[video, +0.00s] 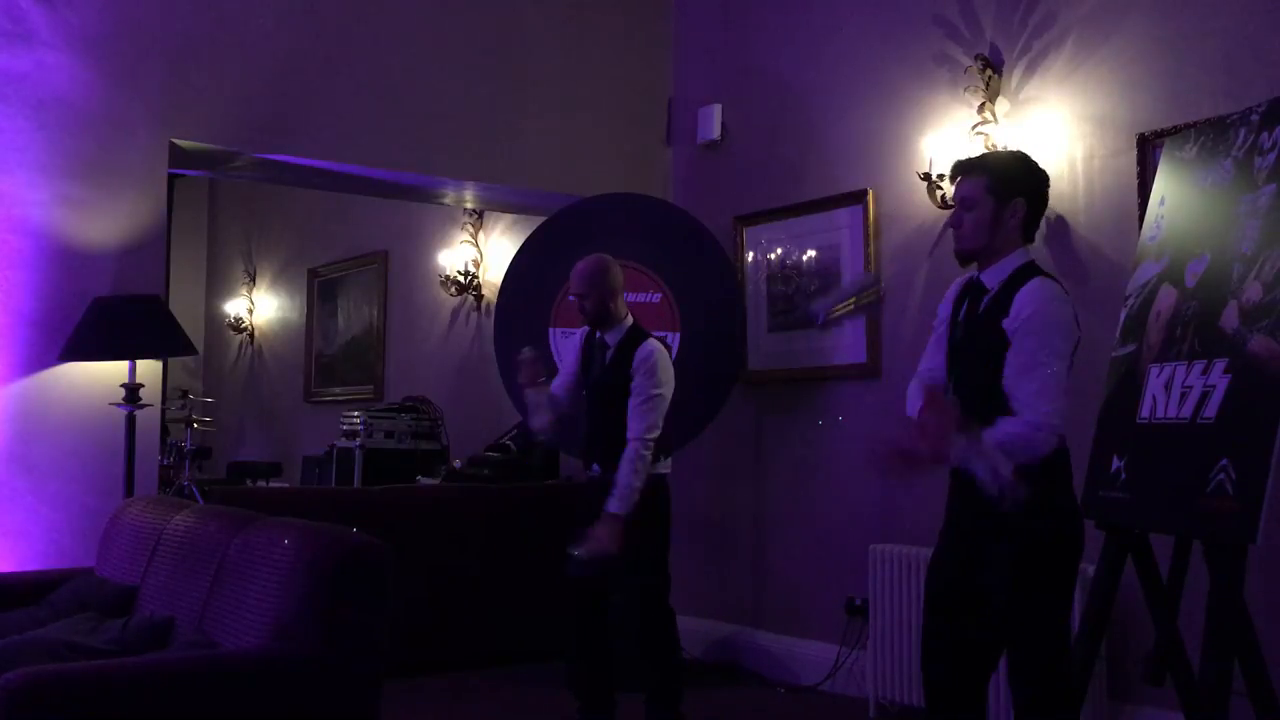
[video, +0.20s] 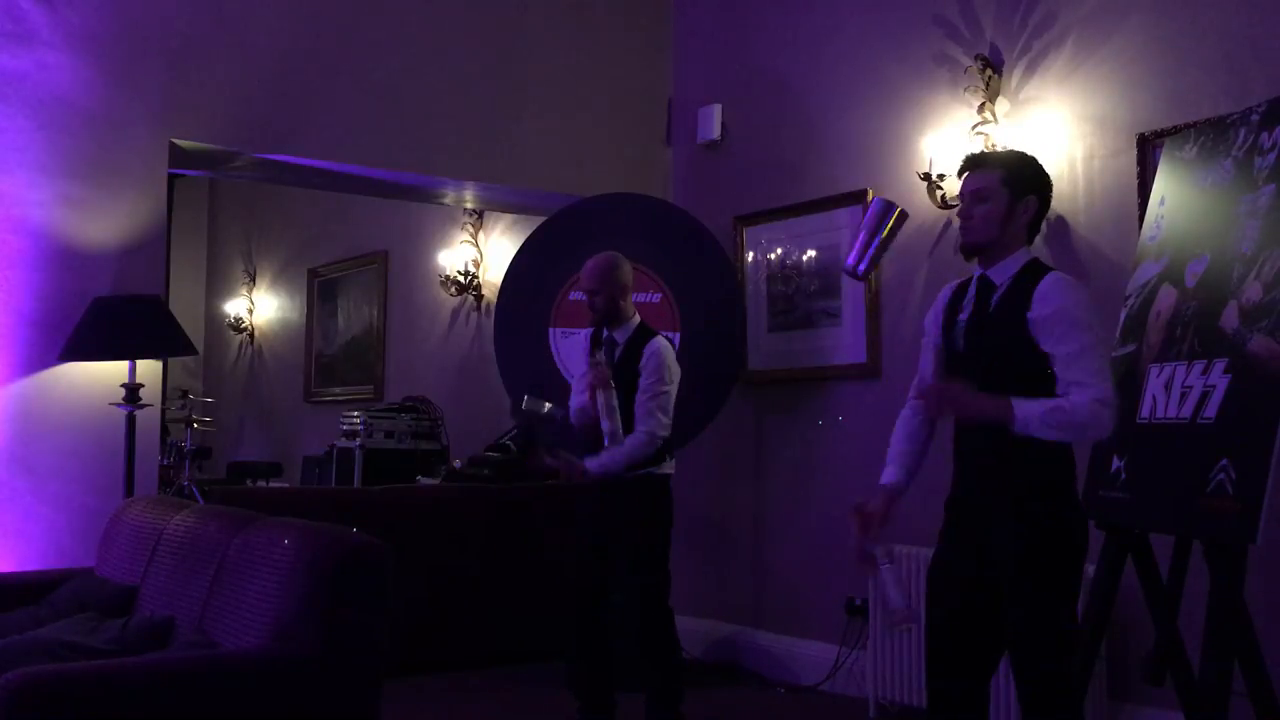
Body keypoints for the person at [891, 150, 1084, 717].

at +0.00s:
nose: (953, 218)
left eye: (968, 206)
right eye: (954, 205)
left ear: (1013, 215)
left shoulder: (1040, 300)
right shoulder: (960, 294)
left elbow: (1041, 428)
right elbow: (926, 381)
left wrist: (959, 444)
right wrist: (929, 420)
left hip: (1033, 503)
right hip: (973, 497)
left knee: (1038, 677)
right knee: (948, 667)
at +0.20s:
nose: (962, 210)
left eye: (979, 199)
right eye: (962, 199)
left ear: (1024, 210)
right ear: (959, 207)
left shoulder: (1057, 296)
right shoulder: (949, 303)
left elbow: (1097, 412)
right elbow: (923, 401)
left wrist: (993, 408)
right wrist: (888, 488)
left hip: (1041, 516)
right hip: (969, 513)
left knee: (1046, 689)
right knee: (953, 685)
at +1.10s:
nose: (926, 231)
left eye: (939, 219)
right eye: (927, 219)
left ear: (982, 225)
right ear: (974, 226)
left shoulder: (1006, 310)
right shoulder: (956, 287)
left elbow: (978, 436)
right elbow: (892, 289)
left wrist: (885, 489)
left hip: (1004, 509)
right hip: (961, 502)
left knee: (1009, 672)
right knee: (934, 659)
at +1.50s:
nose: (941, 215)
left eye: (958, 203)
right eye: (943, 204)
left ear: (1002, 219)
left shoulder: (1023, 299)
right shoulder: (950, 298)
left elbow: (1039, 412)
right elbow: (873, 336)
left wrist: (937, 388)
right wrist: (854, 271)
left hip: (995, 511)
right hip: (935, 505)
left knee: (996, 679)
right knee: (910, 671)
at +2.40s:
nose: (925, 234)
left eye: (942, 224)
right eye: (914, 224)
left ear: (963, 238)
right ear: (900, 239)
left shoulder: (958, 292)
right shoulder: (925, 302)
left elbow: (910, 391)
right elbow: (926, 405)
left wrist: (810, 439)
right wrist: (989, 431)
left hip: (929, 512)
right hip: (901, 507)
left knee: (907, 671)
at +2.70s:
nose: (925, 210)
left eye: (940, 201)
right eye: (912, 202)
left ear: (961, 221)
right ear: (895, 222)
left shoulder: (985, 293)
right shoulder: (880, 311)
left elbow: (974, 385)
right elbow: (855, 415)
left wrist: (873, 374)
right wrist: (823, 406)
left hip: (970, 507)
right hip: (902, 509)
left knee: (980, 680)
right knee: (893, 678)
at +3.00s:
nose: (924, 236)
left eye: (937, 223)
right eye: (909, 227)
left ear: (960, 237)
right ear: (893, 248)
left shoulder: (1003, 300)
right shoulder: (881, 341)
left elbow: (1063, 222)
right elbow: (878, 444)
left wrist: (997, 194)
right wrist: (877, 537)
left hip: (1020, 528)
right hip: (941, 536)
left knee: (1016, 697)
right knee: (881, 690)